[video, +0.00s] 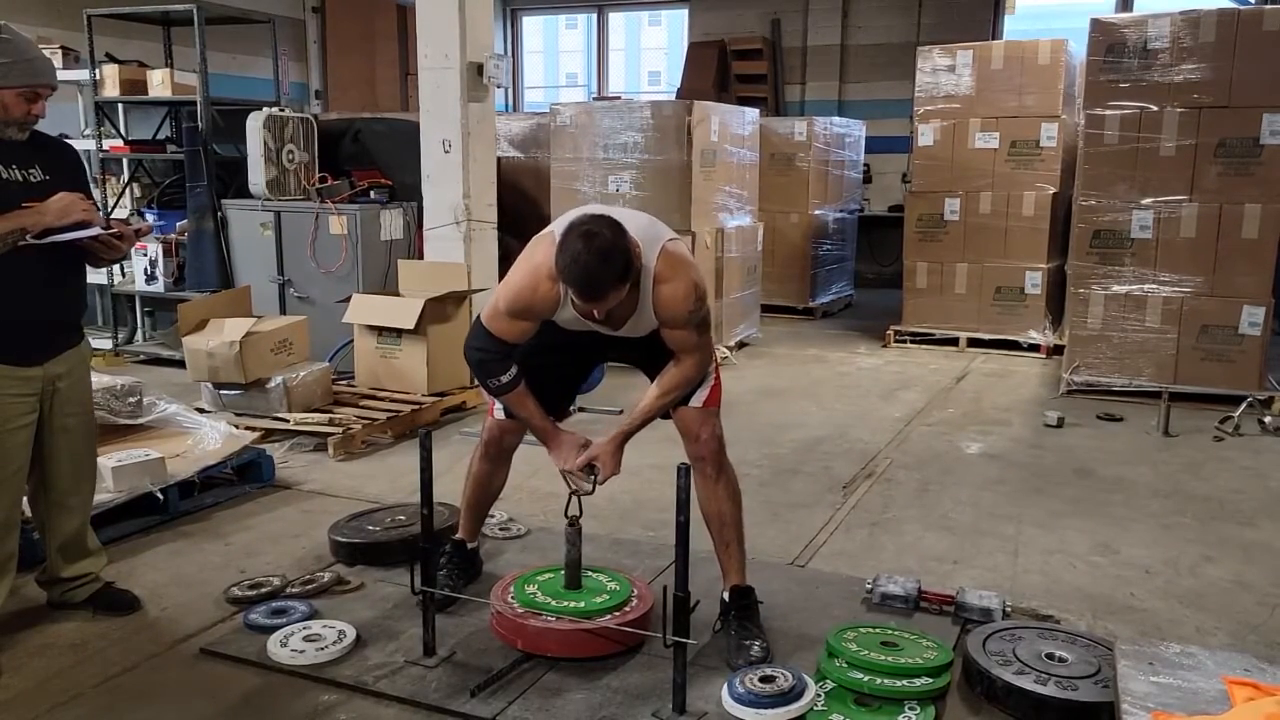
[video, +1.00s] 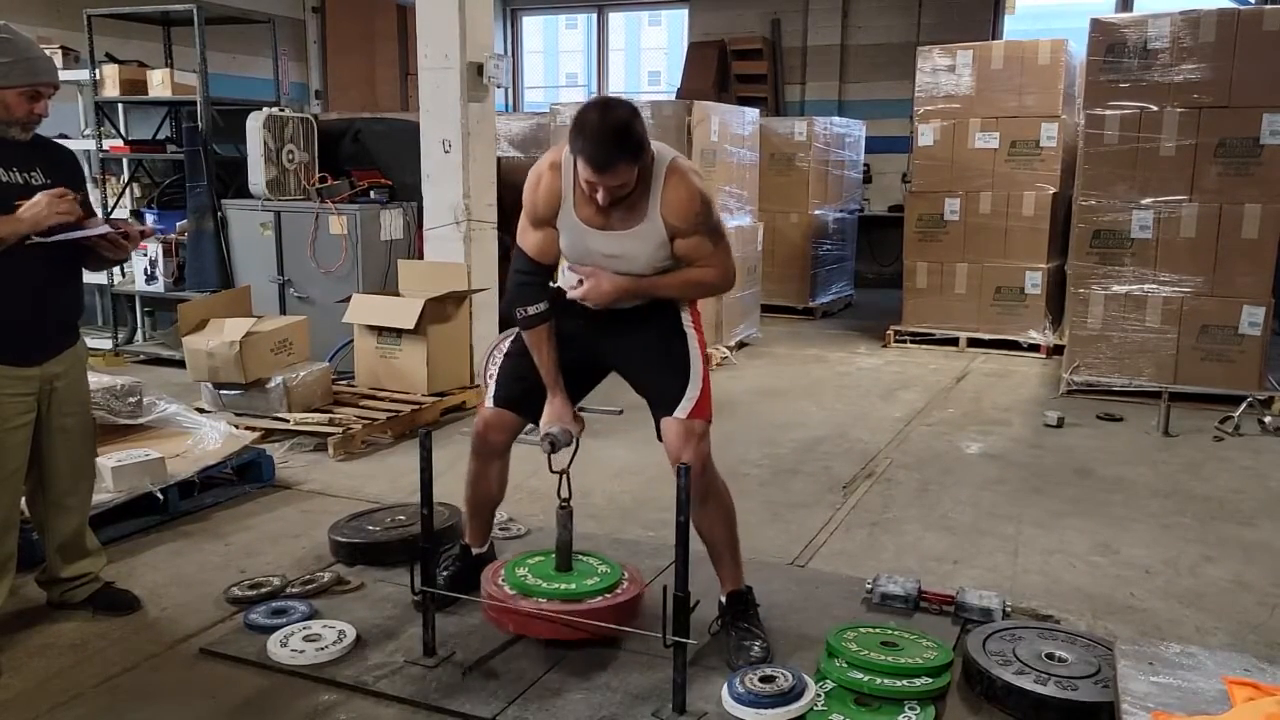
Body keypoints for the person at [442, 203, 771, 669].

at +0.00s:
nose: (597, 315)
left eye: (610, 304)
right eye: (584, 306)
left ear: (633, 275)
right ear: (562, 280)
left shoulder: (676, 283)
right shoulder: (534, 278)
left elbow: (693, 360)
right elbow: (484, 352)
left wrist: (621, 435)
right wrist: (552, 437)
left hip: (656, 329)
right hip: (563, 328)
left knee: (706, 443)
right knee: (498, 433)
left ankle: (739, 598)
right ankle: (462, 549)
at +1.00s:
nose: (603, 200)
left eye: (618, 190)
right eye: (591, 188)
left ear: (643, 161)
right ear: (572, 157)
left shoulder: (678, 190)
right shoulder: (547, 180)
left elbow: (720, 274)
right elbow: (528, 287)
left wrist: (629, 287)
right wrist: (554, 391)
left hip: (657, 320)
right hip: (568, 313)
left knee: (692, 459)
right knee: (489, 431)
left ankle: (737, 606)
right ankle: (474, 555)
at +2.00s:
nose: (574, 296)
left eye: (586, 284)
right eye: (560, 286)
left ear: (609, 253)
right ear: (538, 260)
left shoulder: (659, 257)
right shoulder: (514, 266)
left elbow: (705, 306)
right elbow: (501, 356)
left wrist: (629, 367)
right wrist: (508, 449)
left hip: (651, 319)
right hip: (557, 326)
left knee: (697, 440)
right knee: (478, 412)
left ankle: (737, 597)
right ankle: (474, 550)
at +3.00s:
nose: (829, 3)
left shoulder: (862, 62)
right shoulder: (731, 50)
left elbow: (877, 169)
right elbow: (640, 160)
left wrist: (922, 281)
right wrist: (656, 285)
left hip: (799, 260)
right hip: (724, 255)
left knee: (763, 441)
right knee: (826, 408)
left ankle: (748, 604)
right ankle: (738, 502)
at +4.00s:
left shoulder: (1153, 19)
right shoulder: (925, 22)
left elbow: (1237, 186)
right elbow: (849, 183)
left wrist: (1257, 378)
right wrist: (816, 332)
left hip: (1095, 357)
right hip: (951, 351)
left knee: (1084, 627)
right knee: (958, 592)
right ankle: (955, 717)